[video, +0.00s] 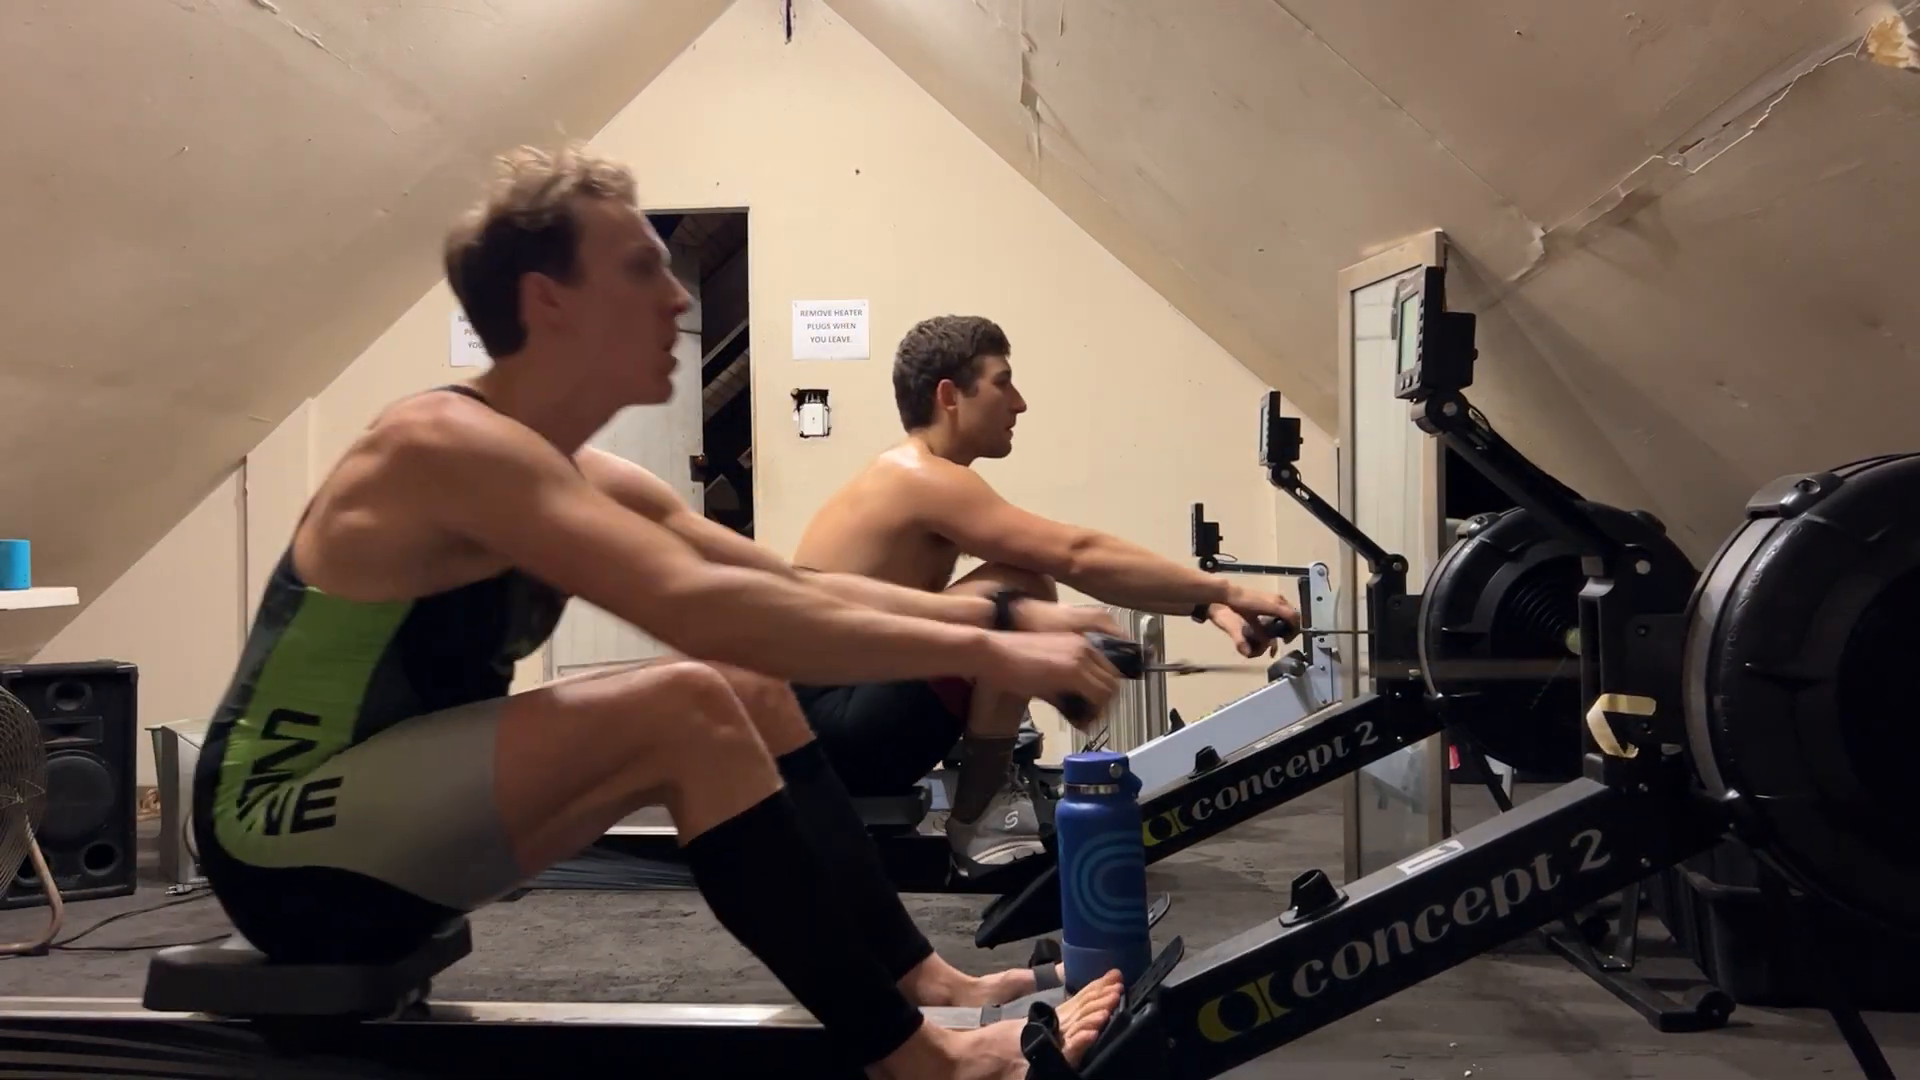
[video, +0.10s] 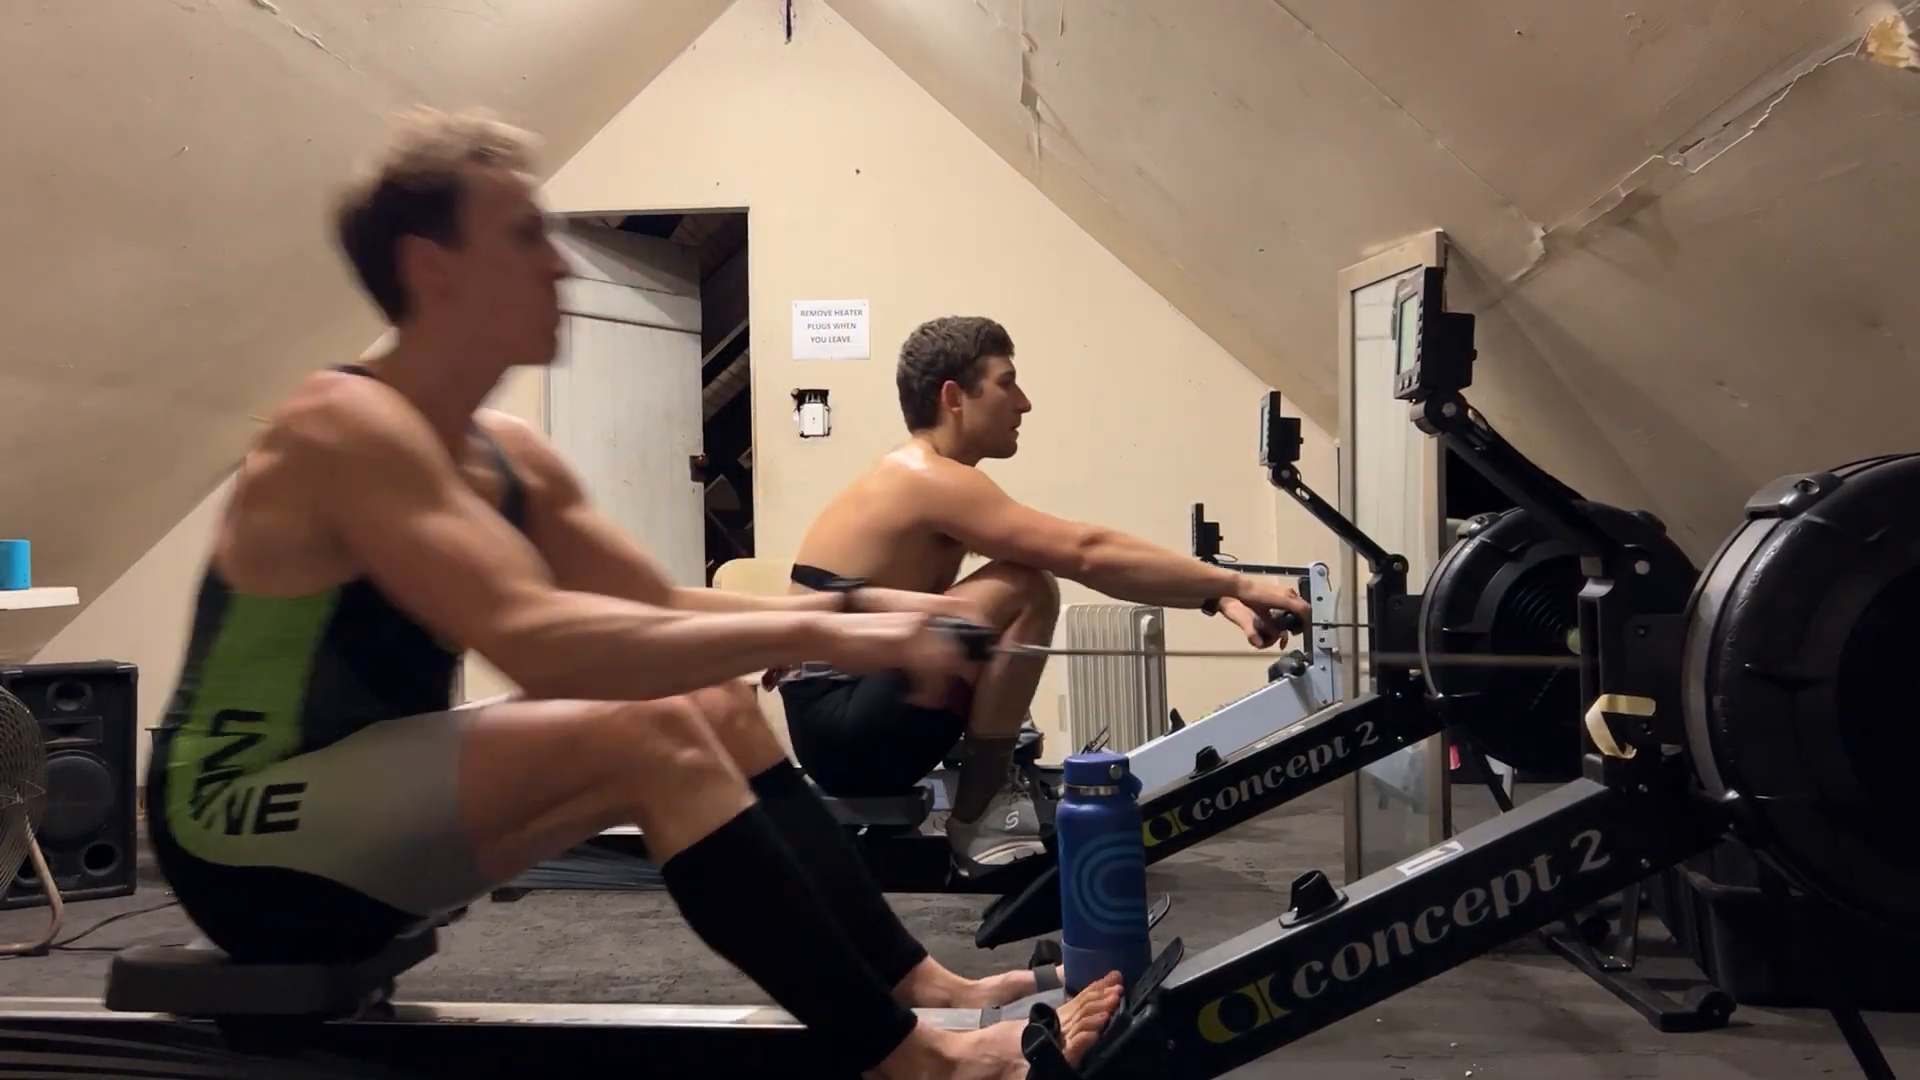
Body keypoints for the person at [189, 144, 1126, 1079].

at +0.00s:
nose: (680, 299)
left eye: (665, 269)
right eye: (645, 272)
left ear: (556, 306)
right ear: (547, 302)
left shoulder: (592, 480)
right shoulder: (449, 445)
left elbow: (784, 587)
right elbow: (702, 613)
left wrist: (977, 617)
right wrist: (984, 652)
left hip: (377, 806)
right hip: (293, 832)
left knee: (748, 686)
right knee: (686, 713)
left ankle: (919, 988)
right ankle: (902, 1055)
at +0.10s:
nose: (563, 264)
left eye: (550, 236)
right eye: (528, 239)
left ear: (459, 268)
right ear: (426, 267)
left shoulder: (504, 453)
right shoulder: (348, 425)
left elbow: (665, 608)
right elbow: (531, 641)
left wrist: (868, 615)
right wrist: (824, 634)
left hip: (357, 800)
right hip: (248, 823)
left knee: (724, 702)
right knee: (657, 744)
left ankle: (918, 991)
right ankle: (896, 1055)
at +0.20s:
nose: (387, 245)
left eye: (382, 217)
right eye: (352, 218)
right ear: (244, 234)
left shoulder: (367, 431)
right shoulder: (188, 415)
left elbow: (518, 605)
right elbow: (351, 649)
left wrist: (715, 595)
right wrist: (630, 628)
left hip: (316, 766)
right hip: (189, 803)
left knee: (677, 739)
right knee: (612, 780)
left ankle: (923, 998)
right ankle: (896, 1059)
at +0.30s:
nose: (203, 267)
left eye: (202, 237)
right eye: (169, 237)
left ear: (196, 240)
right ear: (55, 251)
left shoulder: (211, 432)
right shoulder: (21, 430)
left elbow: (360, 602)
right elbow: (154, 650)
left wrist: (520, 602)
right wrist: (446, 614)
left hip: (252, 765)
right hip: (127, 807)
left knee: (626, 792)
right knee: (564, 838)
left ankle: (926, 1005)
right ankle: (904, 1061)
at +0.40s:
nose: (54, 322)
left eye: (59, 296)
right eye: (30, 298)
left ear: (66, 303)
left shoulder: (80, 478)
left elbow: (236, 644)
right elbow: (13, 700)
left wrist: (378, 609)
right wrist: (205, 632)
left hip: (199, 777)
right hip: (78, 815)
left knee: (579, 846)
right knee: (512, 891)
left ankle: (924, 1010)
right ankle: (895, 1063)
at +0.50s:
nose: (14, 323)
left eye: (12, 296)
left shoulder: (30, 531)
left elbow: (153, 690)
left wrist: (244, 629)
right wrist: (71, 641)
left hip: (161, 780)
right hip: (64, 821)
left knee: (563, 858)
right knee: (505, 901)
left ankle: (945, 1010)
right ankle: (898, 1070)